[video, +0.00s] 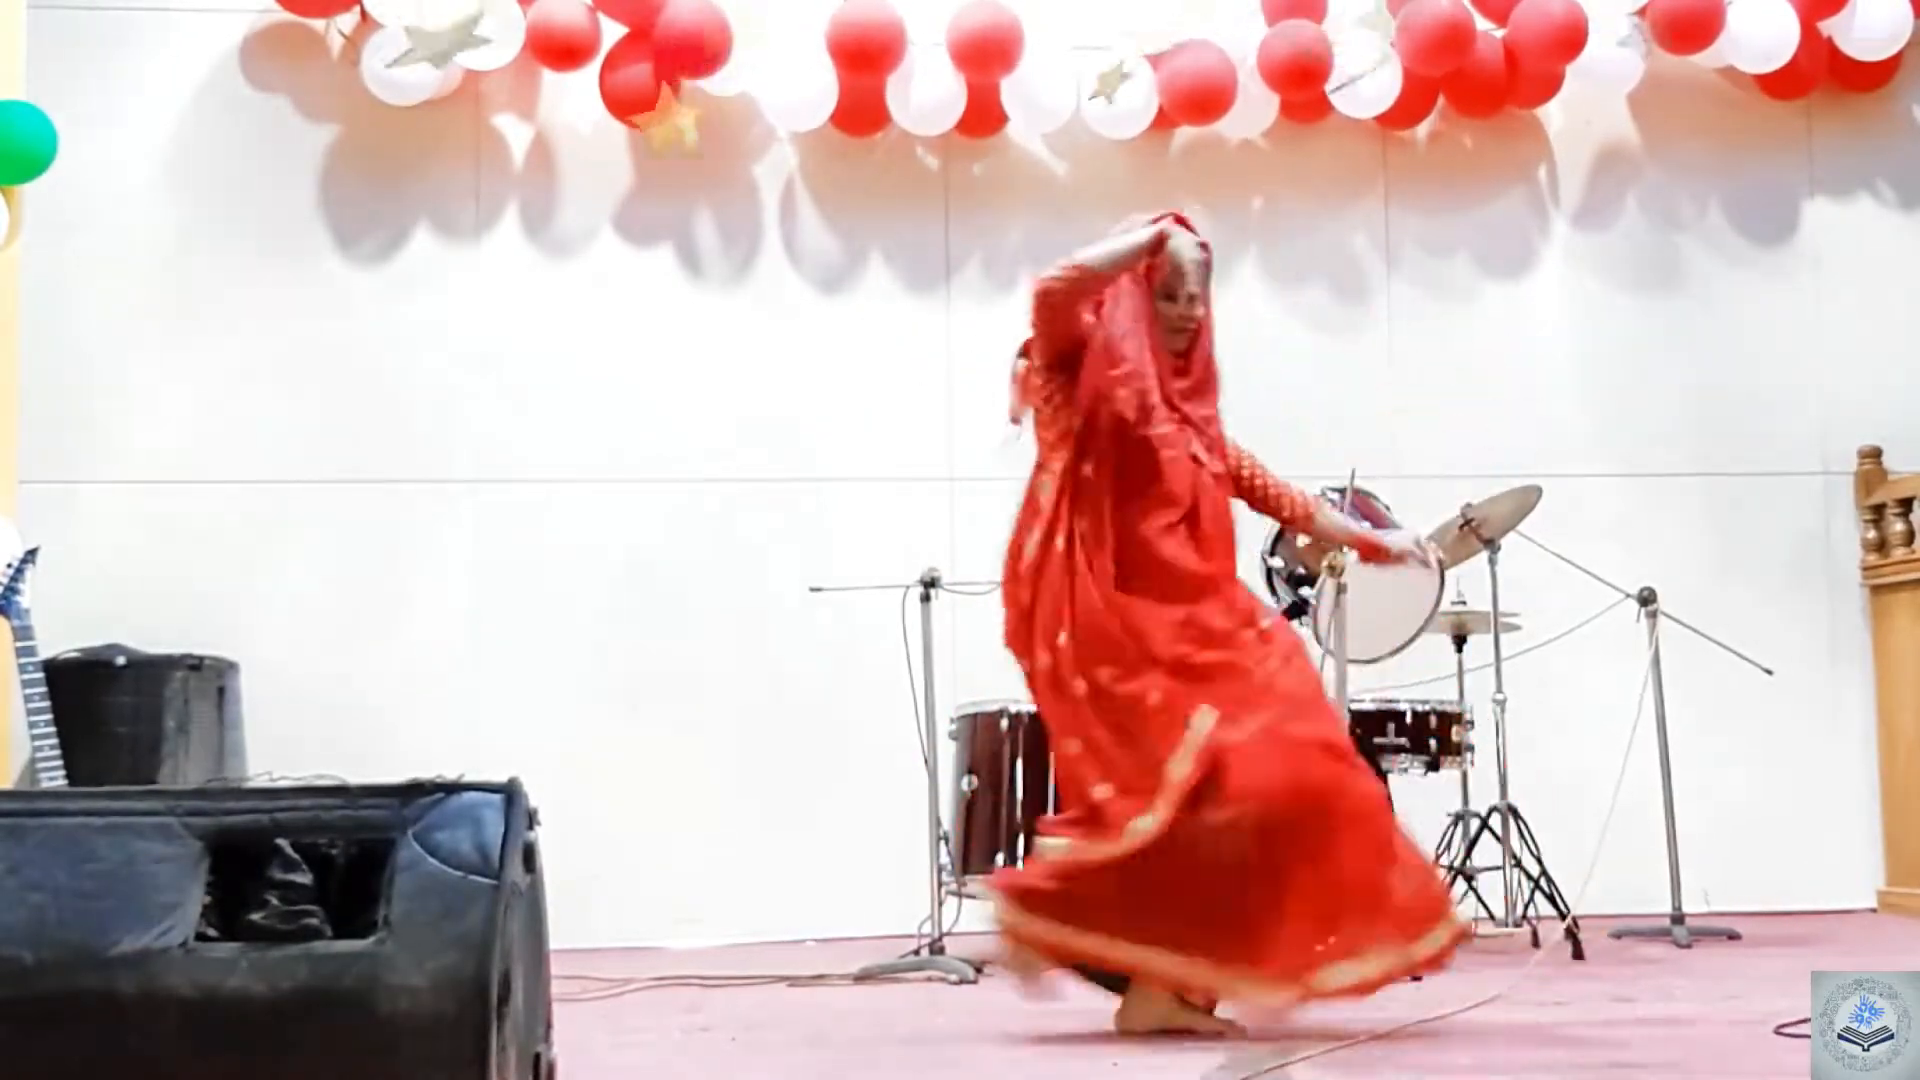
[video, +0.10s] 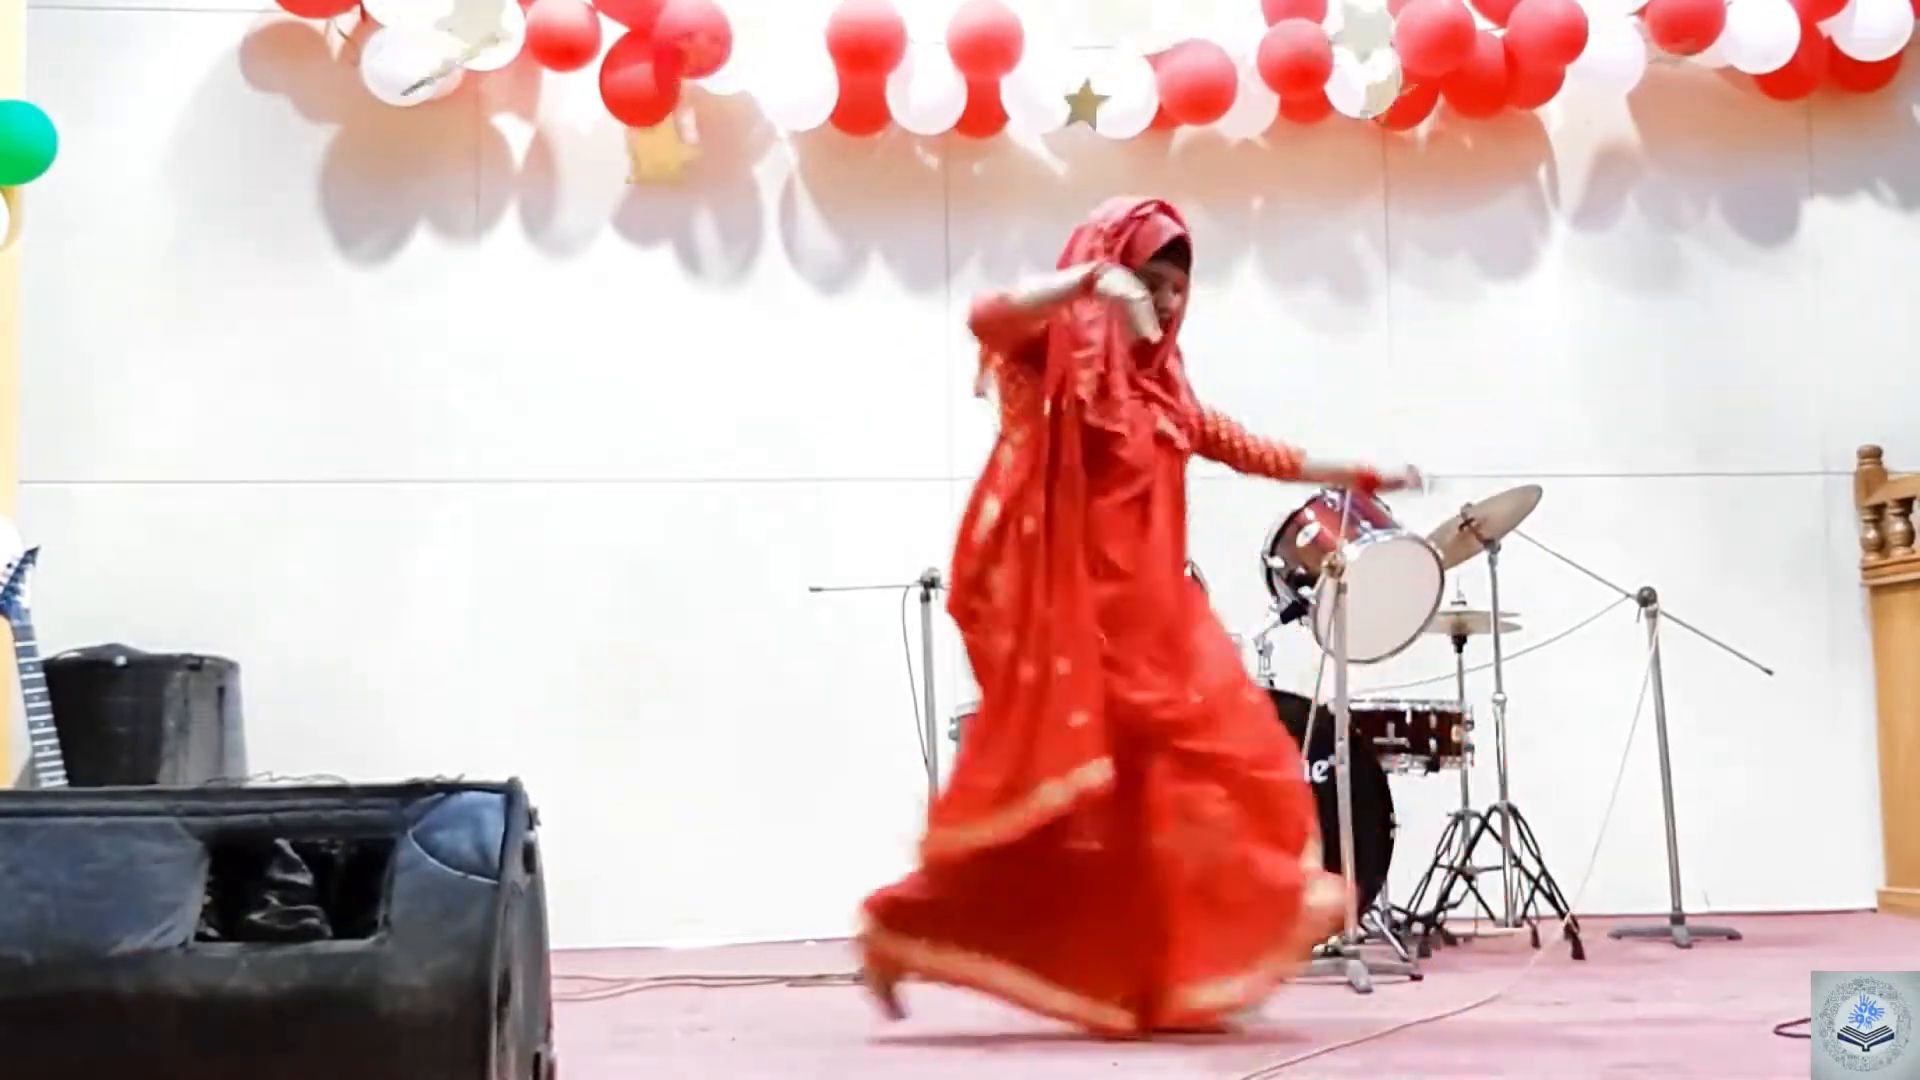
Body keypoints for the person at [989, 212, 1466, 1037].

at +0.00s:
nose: (1190, 313)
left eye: (1200, 297)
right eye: (1174, 297)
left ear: (1211, 304)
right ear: (1140, 299)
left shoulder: (1188, 417)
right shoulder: (1085, 382)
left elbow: (1277, 498)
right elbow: (1055, 290)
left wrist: (1372, 543)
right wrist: (1143, 241)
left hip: (1197, 620)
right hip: (1109, 623)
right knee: (1196, 790)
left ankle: (1160, 991)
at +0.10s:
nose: (1171, 295)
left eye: (1179, 282)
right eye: (1155, 278)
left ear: (1183, 290)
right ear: (1109, 274)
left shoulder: (1163, 388)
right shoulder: (1057, 353)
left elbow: (1257, 454)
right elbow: (986, 318)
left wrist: (1361, 474)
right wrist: (1088, 279)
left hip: (1148, 609)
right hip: (1062, 608)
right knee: (1052, 790)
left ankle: (1170, 982)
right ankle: (896, 929)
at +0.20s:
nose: (1137, 321)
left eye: (1149, 305)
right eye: (1122, 302)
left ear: (1158, 310)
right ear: (1077, 295)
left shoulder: (1141, 397)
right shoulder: (1011, 345)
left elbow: (1244, 428)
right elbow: (932, 405)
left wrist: (1344, 410)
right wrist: (1029, 395)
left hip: (1076, 612)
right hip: (977, 610)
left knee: (1187, 759)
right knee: (912, 784)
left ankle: (1141, 968)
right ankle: (815, 966)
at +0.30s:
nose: (1108, 364)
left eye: (1118, 347)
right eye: (1091, 346)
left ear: (1126, 352)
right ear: (1046, 344)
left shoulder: (1111, 439)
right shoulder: (970, 407)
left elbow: (1215, 436)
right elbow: (911, 507)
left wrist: (1309, 388)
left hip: (1040, 655)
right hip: (938, 651)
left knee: (1144, 784)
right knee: (903, 816)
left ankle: (1125, 971)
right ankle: (830, 994)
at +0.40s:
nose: (1103, 366)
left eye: (1111, 351)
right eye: (1089, 348)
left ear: (1112, 356)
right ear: (1041, 343)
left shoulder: (1093, 444)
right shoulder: (962, 421)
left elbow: (1196, 455)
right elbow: (919, 519)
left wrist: (1292, 414)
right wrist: (969, 522)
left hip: (1039, 665)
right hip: (942, 666)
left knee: (1132, 777)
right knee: (902, 834)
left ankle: (1126, 977)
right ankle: (795, 994)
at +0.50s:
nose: (1128, 306)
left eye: (1131, 289)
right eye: (1116, 288)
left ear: (1111, 307)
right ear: (1064, 292)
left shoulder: (1101, 411)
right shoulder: (998, 369)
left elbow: (1186, 459)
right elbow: (977, 433)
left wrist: (1288, 456)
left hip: (1068, 635)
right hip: (980, 631)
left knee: (1136, 783)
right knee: (929, 801)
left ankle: (1121, 980)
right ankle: (824, 980)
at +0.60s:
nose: (1147, 287)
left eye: (1151, 275)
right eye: (1136, 267)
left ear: (1090, 266)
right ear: (1094, 266)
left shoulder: (1125, 364)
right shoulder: (1035, 328)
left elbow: (1166, 478)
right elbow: (1099, 314)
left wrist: (1272, 522)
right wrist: (1186, 240)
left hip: (1113, 612)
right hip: (1041, 609)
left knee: (1151, 786)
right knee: (1066, 788)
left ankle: (1104, 985)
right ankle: (895, 907)